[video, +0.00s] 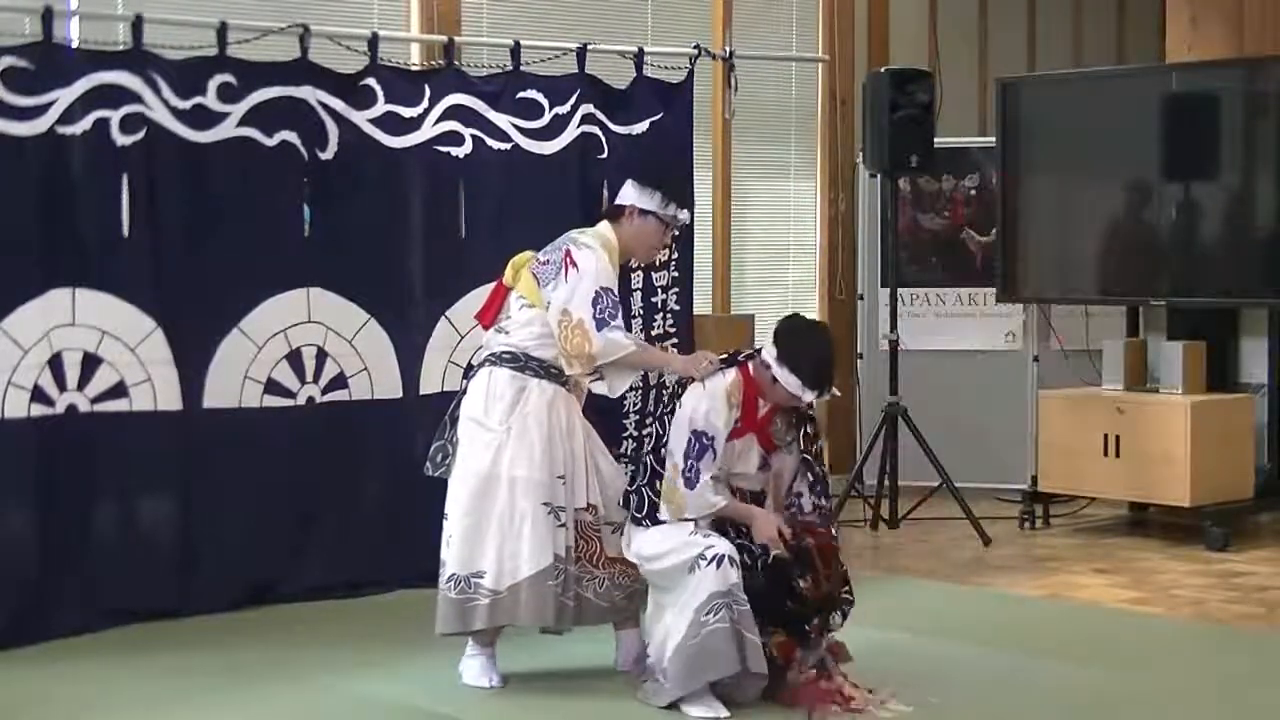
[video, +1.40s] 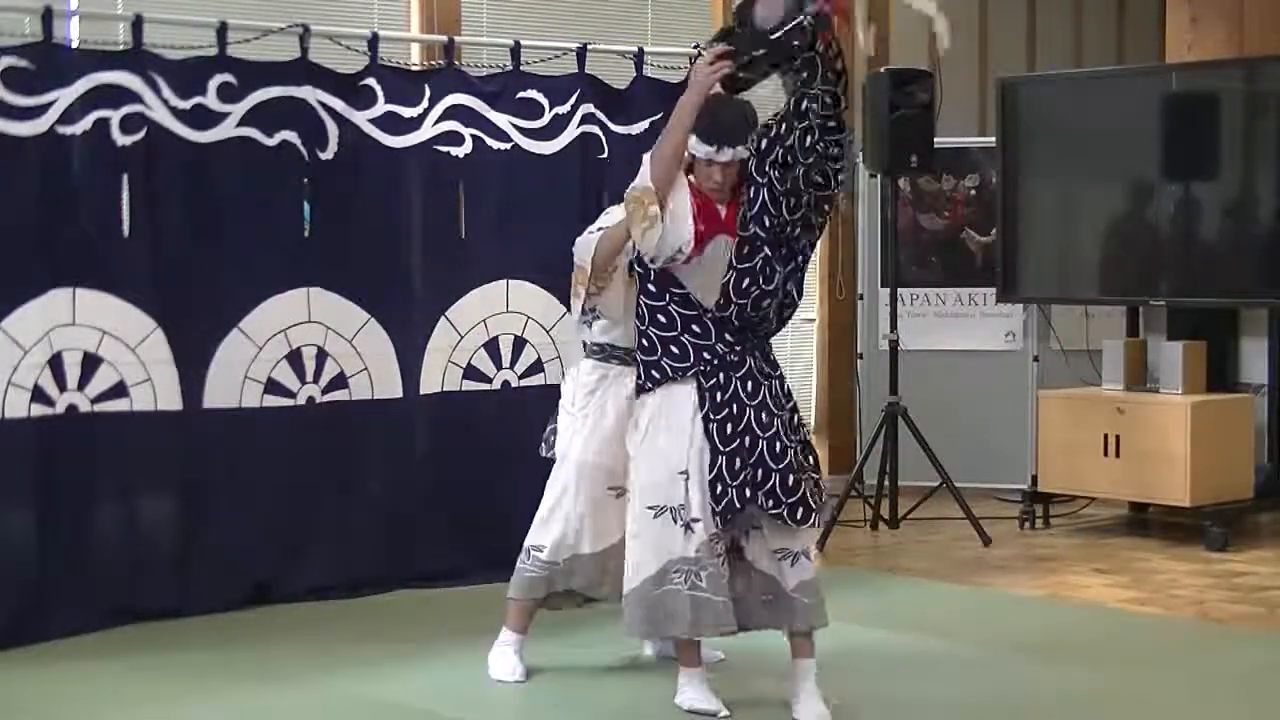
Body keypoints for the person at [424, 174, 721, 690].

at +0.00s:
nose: (666, 247)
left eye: (670, 236)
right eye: (665, 232)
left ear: (631, 218)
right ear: (632, 215)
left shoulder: (592, 257)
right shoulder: (588, 256)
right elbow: (599, 342)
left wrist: (651, 359)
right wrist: (678, 363)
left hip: (548, 403)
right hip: (512, 398)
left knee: (609, 510)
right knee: (504, 520)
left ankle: (631, 649)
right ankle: (480, 651)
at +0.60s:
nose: (631, 204)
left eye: (635, 194)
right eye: (626, 190)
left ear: (598, 187)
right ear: (593, 181)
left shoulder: (576, 242)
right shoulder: (550, 232)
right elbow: (572, 301)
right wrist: (648, 300)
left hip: (548, 394)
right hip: (506, 393)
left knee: (615, 497)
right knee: (498, 515)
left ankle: (639, 633)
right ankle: (481, 646)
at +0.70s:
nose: (627, 195)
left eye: (630, 185)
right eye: (620, 182)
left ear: (597, 180)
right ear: (587, 173)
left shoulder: (584, 243)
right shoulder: (545, 226)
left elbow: (565, 334)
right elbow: (565, 291)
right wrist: (644, 281)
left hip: (557, 392)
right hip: (512, 392)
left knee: (625, 492)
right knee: (503, 516)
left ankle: (641, 624)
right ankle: (481, 646)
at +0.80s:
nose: (630, 186)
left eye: (634, 176)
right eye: (623, 173)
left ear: (603, 174)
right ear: (589, 166)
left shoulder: (590, 233)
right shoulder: (550, 222)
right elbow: (563, 284)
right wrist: (636, 260)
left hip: (574, 390)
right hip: (525, 391)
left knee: (621, 499)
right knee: (511, 514)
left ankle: (644, 623)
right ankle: (480, 645)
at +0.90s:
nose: (639, 180)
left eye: (643, 170)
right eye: (631, 167)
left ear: (631, 173)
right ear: (598, 161)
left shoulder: (612, 227)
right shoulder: (562, 219)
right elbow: (564, 281)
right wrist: (627, 246)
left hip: (601, 385)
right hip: (544, 386)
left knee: (637, 499)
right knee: (522, 510)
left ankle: (662, 625)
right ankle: (480, 647)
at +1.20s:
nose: (680, 168)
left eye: (684, 158)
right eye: (672, 154)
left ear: (686, 170)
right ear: (645, 165)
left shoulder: (688, 220)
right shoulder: (603, 214)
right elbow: (575, 262)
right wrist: (621, 211)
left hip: (658, 378)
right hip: (594, 377)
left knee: (672, 502)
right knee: (562, 504)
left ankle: (679, 630)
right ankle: (510, 640)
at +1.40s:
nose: (707, 180)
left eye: (719, 168)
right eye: (695, 167)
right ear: (662, 169)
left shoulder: (703, 226)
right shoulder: (605, 235)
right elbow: (591, 263)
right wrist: (635, 219)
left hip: (668, 383)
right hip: (603, 381)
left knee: (672, 510)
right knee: (566, 509)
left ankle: (669, 628)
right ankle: (511, 638)